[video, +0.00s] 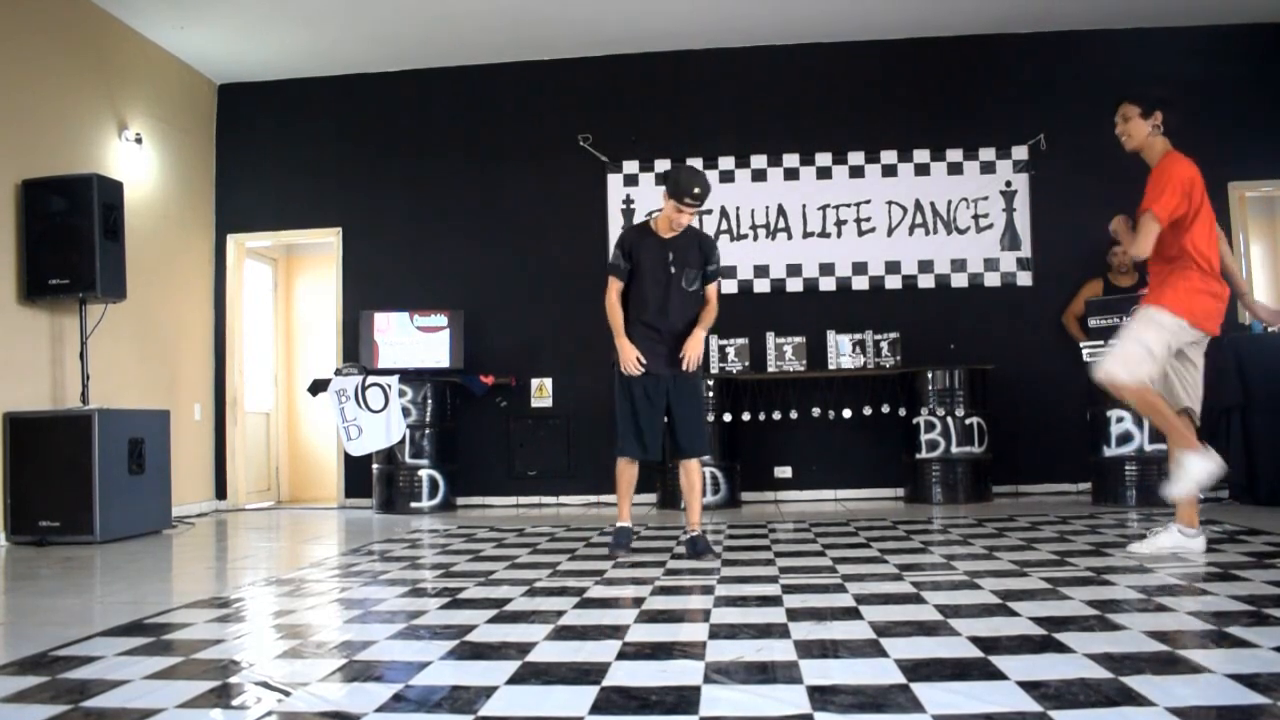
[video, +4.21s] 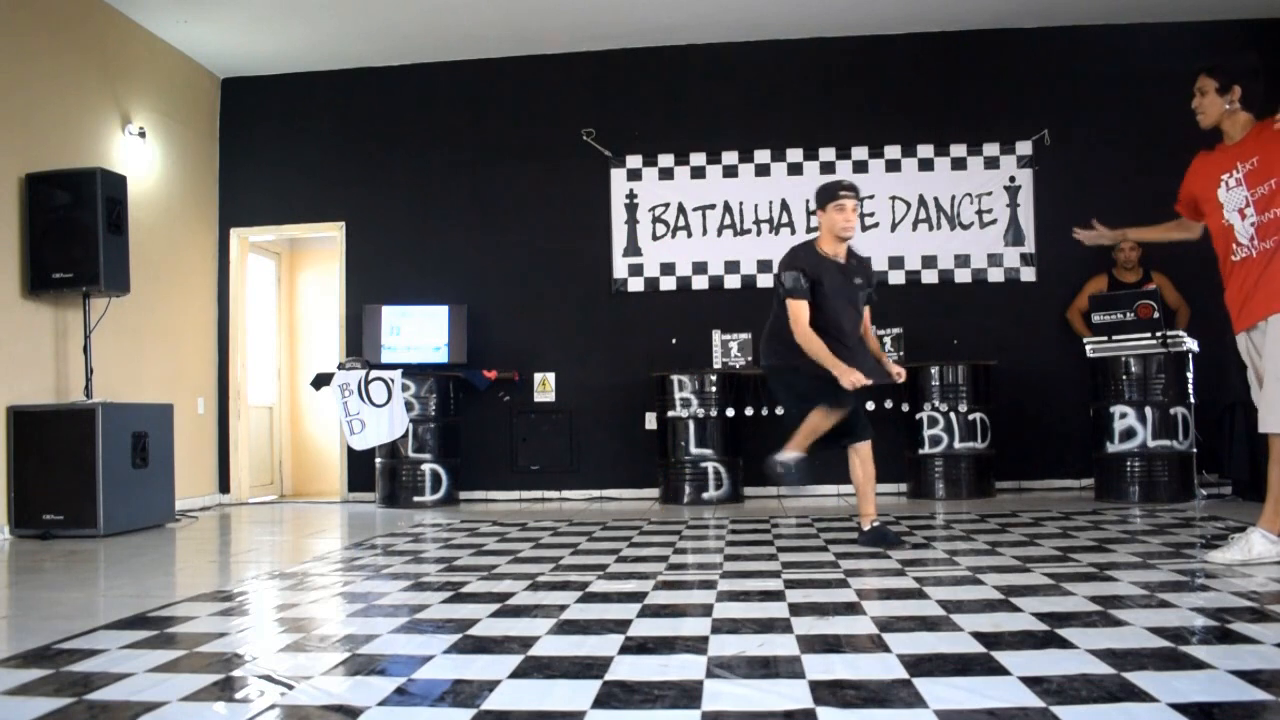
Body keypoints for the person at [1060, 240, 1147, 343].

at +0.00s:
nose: (1121, 259)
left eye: (1125, 254)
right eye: (1115, 255)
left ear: (1132, 256)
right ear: (1108, 259)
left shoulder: (1148, 284)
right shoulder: (1097, 286)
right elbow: (1068, 317)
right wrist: (1087, 345)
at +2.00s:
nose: (1123, 260)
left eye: (1128, 254)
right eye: (1117, 255)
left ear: (1137, 257)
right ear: (1111, 259)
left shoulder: (1154, 283)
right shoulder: (1099, 286)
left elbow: (1180, 313)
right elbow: (1070, 316)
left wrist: (1173, 341)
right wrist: (1089, 344)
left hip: (1151, 360)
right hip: (1113, 361)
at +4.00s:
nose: (1126, 255)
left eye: (1131, 250)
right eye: (1120, 251)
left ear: (1139, 252)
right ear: (1114, 255)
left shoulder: (1155, 279)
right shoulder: (1100, 283)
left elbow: (1181, 308)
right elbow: (1072, 313)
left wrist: (1175, 338)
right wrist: (1092, 342)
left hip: (1154, 356)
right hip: (1116, 356)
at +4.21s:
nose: (1127, 255)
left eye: (1132, 249)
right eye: (1121, 250)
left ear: (1139, 253)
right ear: (1114, 255)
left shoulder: (1156, 280)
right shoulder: (1100, 283)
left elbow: (1182, 309)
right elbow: (1072, 313)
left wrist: (1175, 339)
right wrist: (1092, 343)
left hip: (1153, 357)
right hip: (1116, 357)